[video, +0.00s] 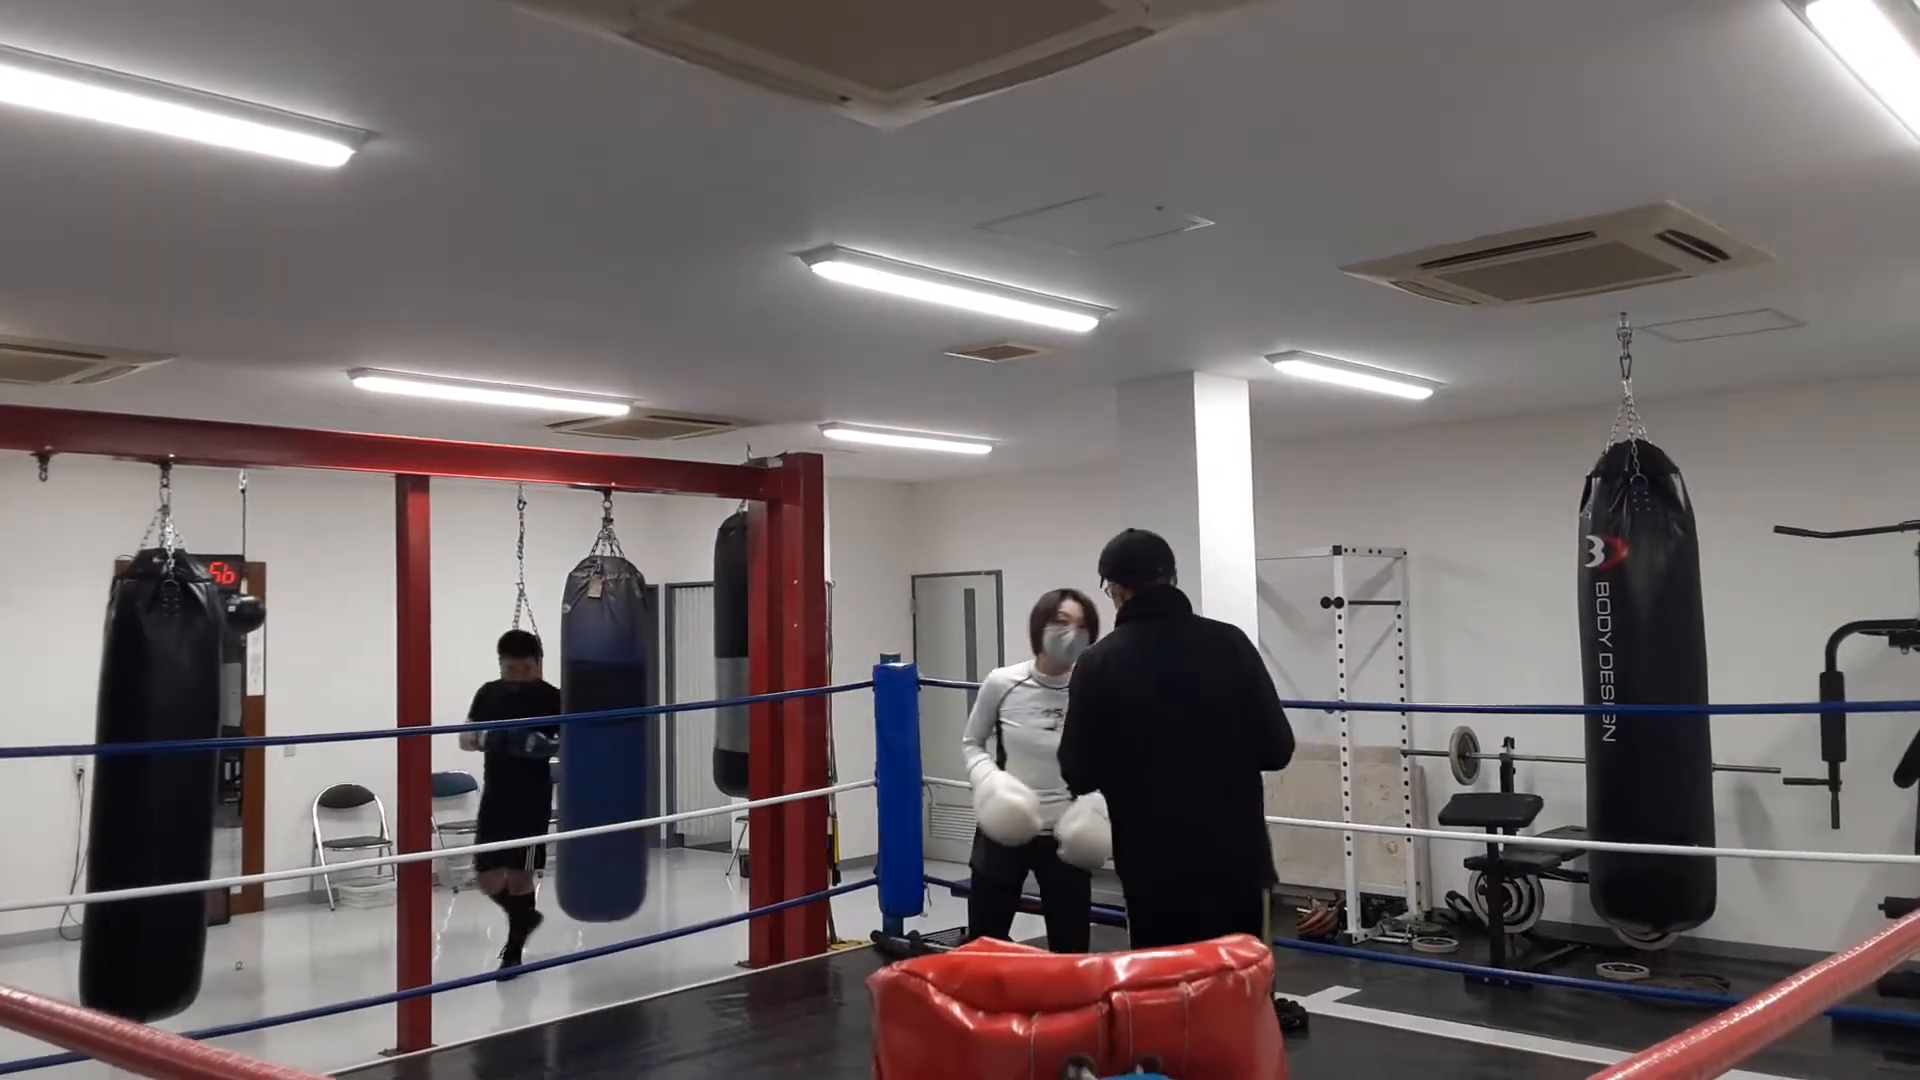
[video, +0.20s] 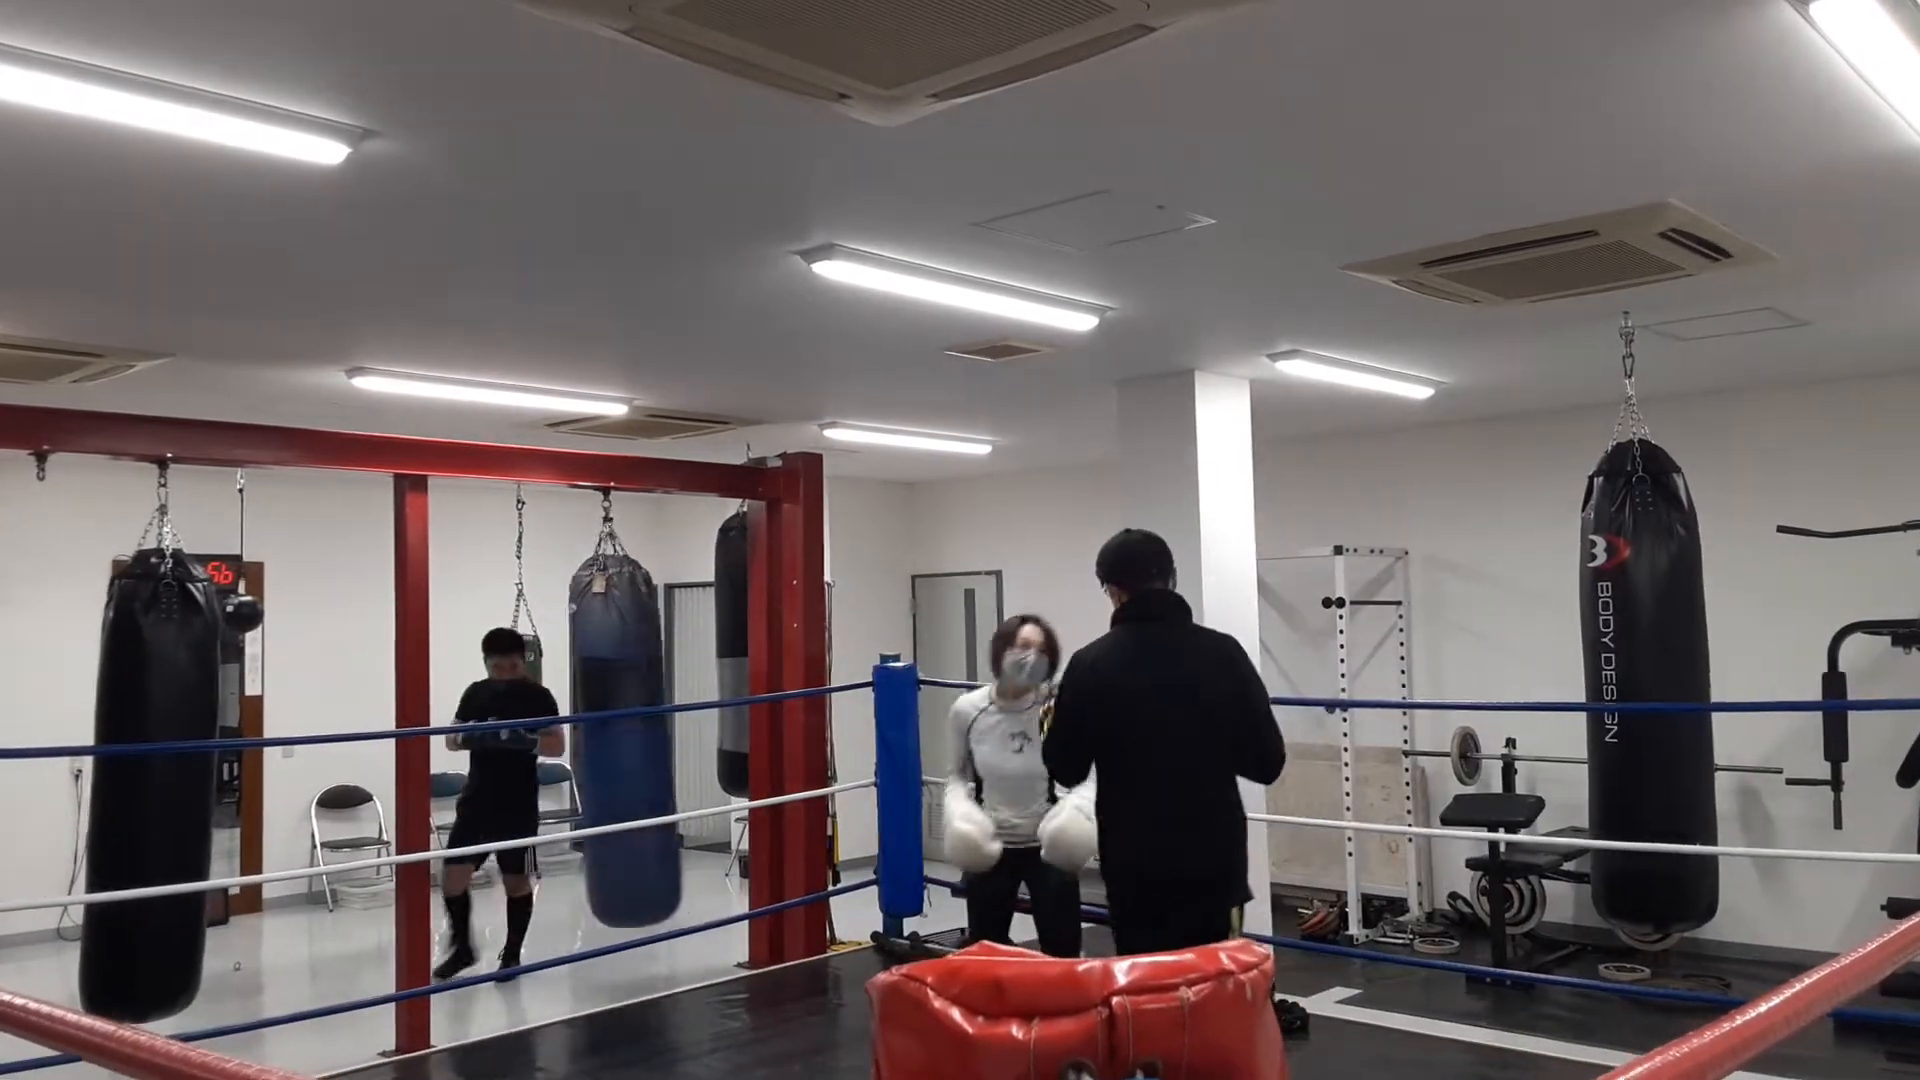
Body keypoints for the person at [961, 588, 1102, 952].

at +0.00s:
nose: (1067, 631)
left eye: (1078, 626)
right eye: (1058, 621)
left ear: (1090, 639)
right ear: (1039, 627)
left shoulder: (1093, 690)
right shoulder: (1002, 683)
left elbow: (1115, 758)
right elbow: (973, 744)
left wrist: (1096, 807)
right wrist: (991, 784)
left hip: (1068, 839)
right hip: (1004, 835)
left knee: (1071, 956)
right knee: (984, 949)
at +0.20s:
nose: (1028, 658)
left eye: (1039, 651)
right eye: (1019, 648)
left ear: (1051, 661)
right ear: (999, 653)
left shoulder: (1062, 706)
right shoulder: (968, 710)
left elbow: (1088, 773)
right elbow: (960, 778)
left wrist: (1078, 813)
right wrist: (961, 819)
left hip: (1050, 850)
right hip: (990, 850)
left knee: (1063, 958)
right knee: (984, 956)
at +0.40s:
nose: (1012, 629)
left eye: (1021, 621)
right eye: (1002, 620)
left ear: (1033, 630)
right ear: (984, 628)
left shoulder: (1051, 679)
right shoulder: (959, 679)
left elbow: (1071, 742)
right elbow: (942, 738)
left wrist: (1042, 785)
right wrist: (957, 781)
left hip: (1039, 820)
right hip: (980, 819)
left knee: (1050, 934)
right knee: (982, 933)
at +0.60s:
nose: (1002, 648)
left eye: (1012, 641)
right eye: (994, 639)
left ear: (1025, 651)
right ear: (979, 645)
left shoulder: (1041, 695)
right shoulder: (954, 697)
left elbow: (1064, 758)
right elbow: (938, 757)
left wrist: (1046, 804)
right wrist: (945, 798)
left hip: (1037, 828)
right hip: (978, 829)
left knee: (1051, 940)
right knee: (974, 938)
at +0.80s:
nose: (1009, 642)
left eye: (1020, 635)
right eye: (1000, 633)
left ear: (1032, 644)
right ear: (984, 639)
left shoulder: (1045, 685)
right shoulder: (961, 689)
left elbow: (1062, 751)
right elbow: (949, 751)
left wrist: (1043, 796)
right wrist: (941, 792)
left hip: (1049, 823)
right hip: (992, 825)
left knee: (1070, 929)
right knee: (984, 935)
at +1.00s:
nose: (1028, 638)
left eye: (1037, 632)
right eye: (1021, 630)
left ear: (1052, 641)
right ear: (1008, 636)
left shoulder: (1064, 687)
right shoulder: (990, 690)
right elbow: (975, 749)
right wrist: (961, 792)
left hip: (1057, 828)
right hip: (1011, 829)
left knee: (1062, 939)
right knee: (1003, 938)